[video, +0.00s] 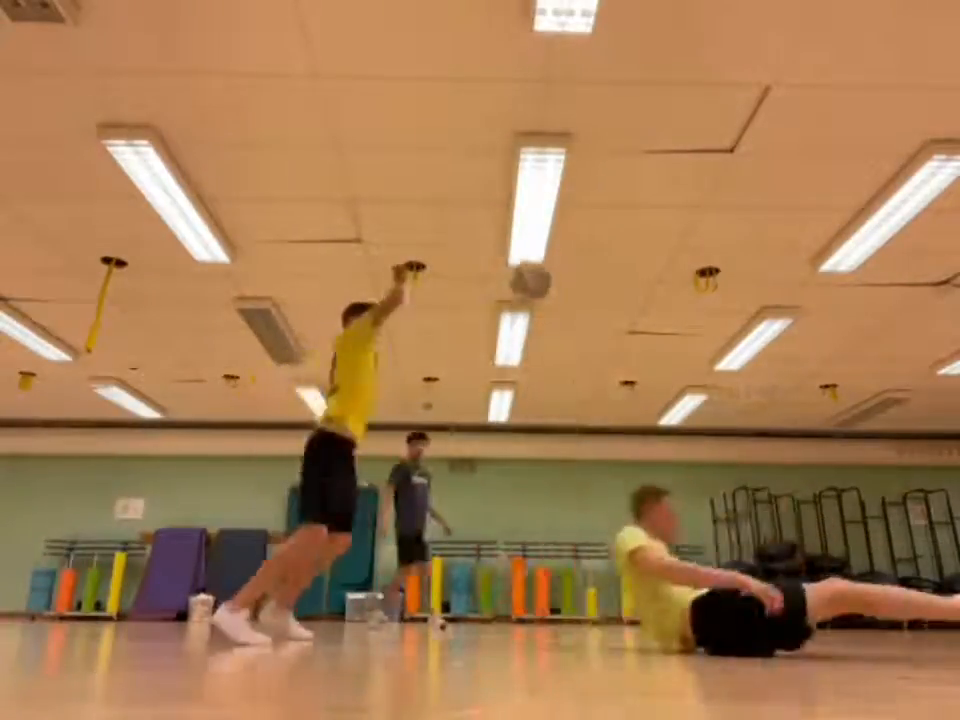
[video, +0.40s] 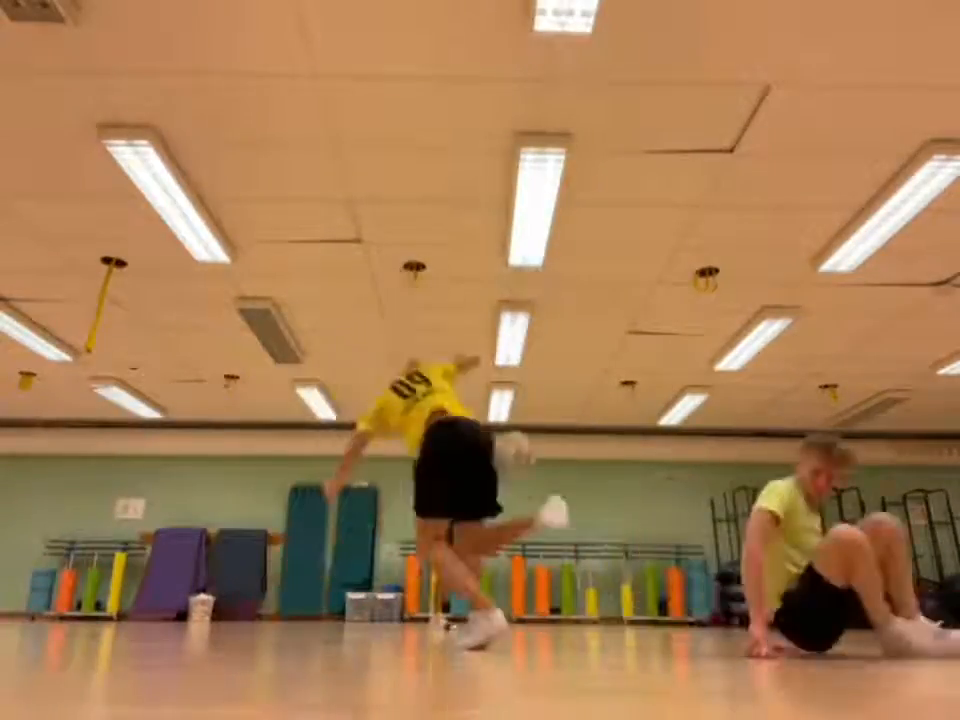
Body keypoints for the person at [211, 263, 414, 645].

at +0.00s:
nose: (376, 326)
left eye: (375, 321)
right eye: (371, 320)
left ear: (354, 321)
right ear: (358, 320)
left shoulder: (359, 350)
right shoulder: (352, 339)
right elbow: (393, 303)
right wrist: (402, 278)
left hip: (342, 449)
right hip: (329, 446)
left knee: (339, 539)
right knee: (314, 532)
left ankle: (279, 611)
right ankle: (234, 610)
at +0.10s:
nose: (403, 295)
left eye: (404, 289)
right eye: (398, 290)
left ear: (371, 303)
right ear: (384, 295)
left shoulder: (359, 337)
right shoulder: (379, 318)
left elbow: (339, 366)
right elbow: (398, 286)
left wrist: (328, 375)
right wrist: (392, 273)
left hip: (373, 431)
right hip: (365, 428)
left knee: (371, 530)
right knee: (344, 523)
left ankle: (315, 585)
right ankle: (265, 586)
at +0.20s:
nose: (410, 309)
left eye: (405, 309)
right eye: (407, 307)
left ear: (384, 316)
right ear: (401, 310)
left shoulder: (368, 346)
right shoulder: (407, 319)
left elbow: (341, 377)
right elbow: (427, 275)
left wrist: (312, 395)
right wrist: (400, 270)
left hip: (372, 421)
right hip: (404, 416)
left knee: (392, 508)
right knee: (412, 514)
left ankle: (386, 571)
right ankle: (352, 550)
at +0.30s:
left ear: (381, 353)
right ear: (406, 338)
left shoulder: (373, 370)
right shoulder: (422, 339)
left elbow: (348, 402)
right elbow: (451, 307)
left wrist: (333, 413)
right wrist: (415, 300)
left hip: (404, 430)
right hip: (442, 422)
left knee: (409, 536)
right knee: (451, 516)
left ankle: (454, 589)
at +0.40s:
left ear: (394, 384)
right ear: (415, 369)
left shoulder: (385, 403)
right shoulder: (432, 372)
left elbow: (358, 441)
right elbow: (468, 363)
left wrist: (340, 479)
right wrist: (466, 363)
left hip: (441, 443)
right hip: (476, 438)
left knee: (431, 544)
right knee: (469, 544)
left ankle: (485, 613)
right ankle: (538, 521)